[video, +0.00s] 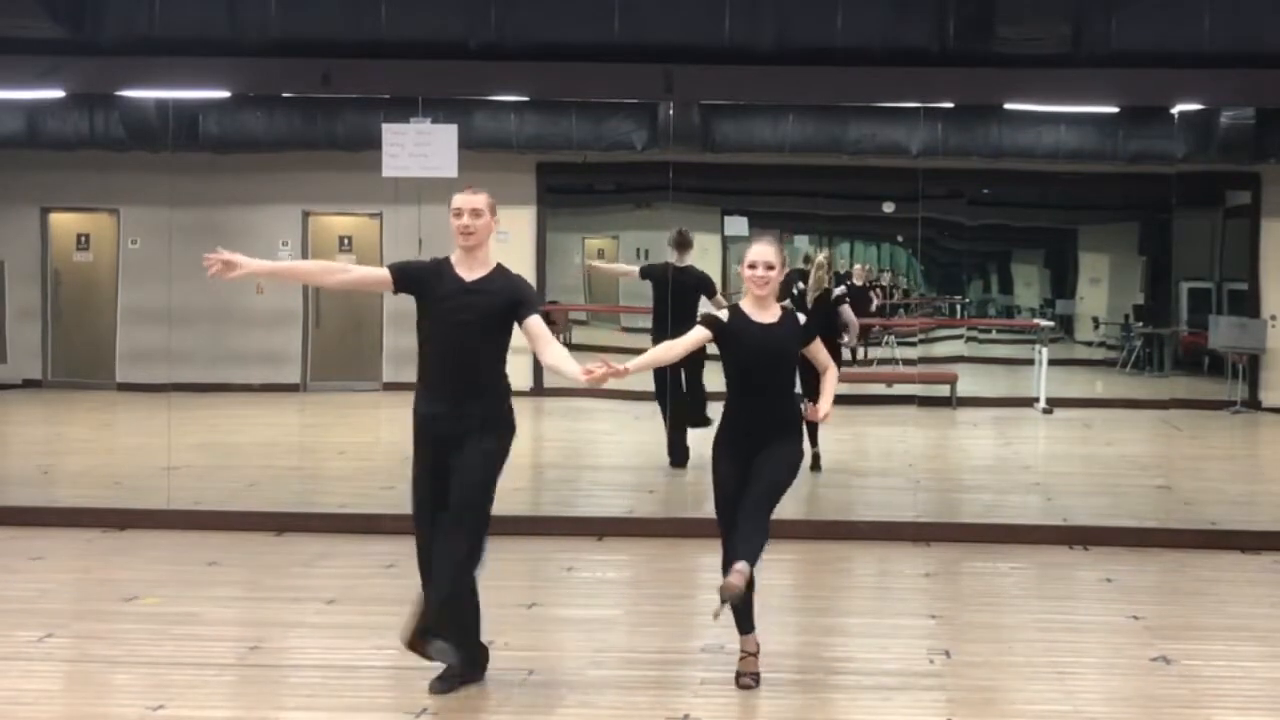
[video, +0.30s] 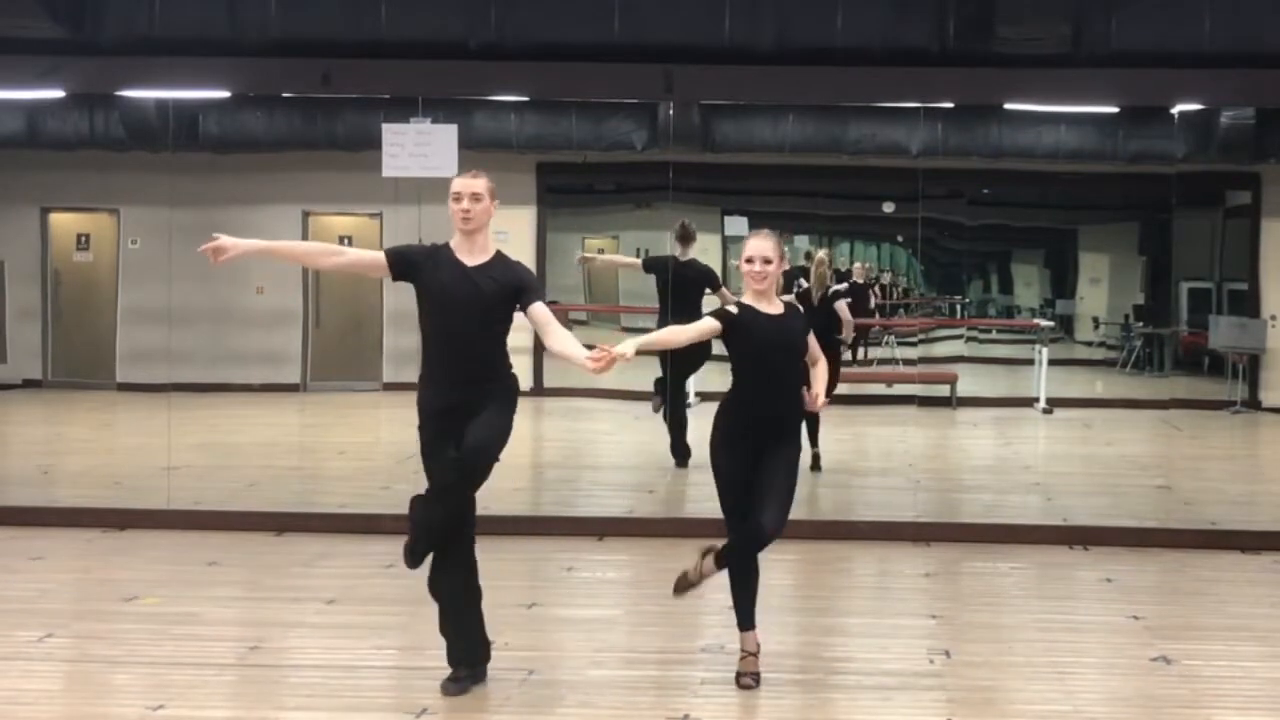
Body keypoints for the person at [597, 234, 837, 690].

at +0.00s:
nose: (759, 273)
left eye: (768, 266)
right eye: (753, 265)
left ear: (782, 273)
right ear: (741, 270)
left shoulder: (796, 323)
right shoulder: (724, 318)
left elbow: (828, 368)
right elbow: (675, 347)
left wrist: (824, 403)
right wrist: (627, 367)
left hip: (783, 436)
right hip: (734, 436)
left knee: (759, 500)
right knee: (734, 535)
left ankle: (740, 570)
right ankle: (748, 646)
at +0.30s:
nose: (756, 268)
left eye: (766, 261)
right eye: (749, 260)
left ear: (781, 267)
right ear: (740, 266)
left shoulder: (795, 317)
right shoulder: (732, 315)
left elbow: (818, 360)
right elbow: (683, 334)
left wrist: (818, 393)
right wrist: (632, 345)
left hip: (783, 436)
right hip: (736, 434)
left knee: (768, 527)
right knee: (742, 538)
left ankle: (711, 561)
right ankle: (749, 643)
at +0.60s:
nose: (762, 270)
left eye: (770, 263)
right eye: (755, 262)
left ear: (785, 267)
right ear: (744, 267)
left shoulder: (801, 314)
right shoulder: (735, 315)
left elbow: (825, 358)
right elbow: (686, 336)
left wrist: (823, 393)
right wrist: (639, 347)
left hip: (787, 434)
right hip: (739, 432)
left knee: (766, 525)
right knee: (741, 535)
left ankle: (697, 580)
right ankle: (754, 642)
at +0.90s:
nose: (769, 273)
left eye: (778, 265)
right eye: (762, 265)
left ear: (792, 270)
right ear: (751, 267)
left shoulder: (809, 318)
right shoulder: (733, 316)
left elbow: (848, 365)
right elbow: (680, 340)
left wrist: (822, 402)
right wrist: (633, 354)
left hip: (786, 436)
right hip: (737, 437)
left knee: (773, 524)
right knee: (746, 538)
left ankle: (796, 619)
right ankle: (754, 642)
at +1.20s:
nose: (769, 271)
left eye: (778, 263)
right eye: (762, 263)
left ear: (791, 268)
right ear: (750, 267)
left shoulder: (809, 317)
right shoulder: (731, 314)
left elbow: (859, 358)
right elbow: (674, 345)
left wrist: (824, 406)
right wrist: (659, 362)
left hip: (792, 439)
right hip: (744, 438)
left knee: (767, 534)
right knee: (758, 535)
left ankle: (749, 613)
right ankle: (757, 641)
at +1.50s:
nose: (771, 275)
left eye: (779, 268)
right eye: (763, 268)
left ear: (793, 272)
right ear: (752, 272)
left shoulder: (816, 318)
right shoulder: (741, 323)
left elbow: (860, 367)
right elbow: (688, 351)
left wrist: (828, 416)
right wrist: (660, 360)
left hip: (788, 441)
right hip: (740, 439)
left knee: (780, 543)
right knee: (748, 543)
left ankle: (774, 612)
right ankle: (760, 643)